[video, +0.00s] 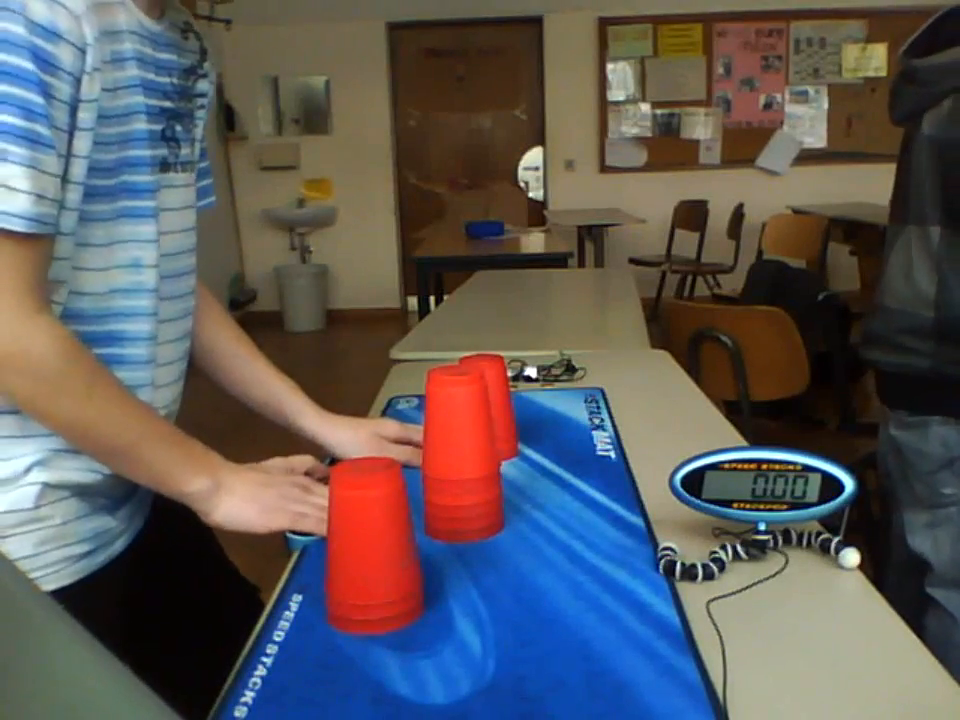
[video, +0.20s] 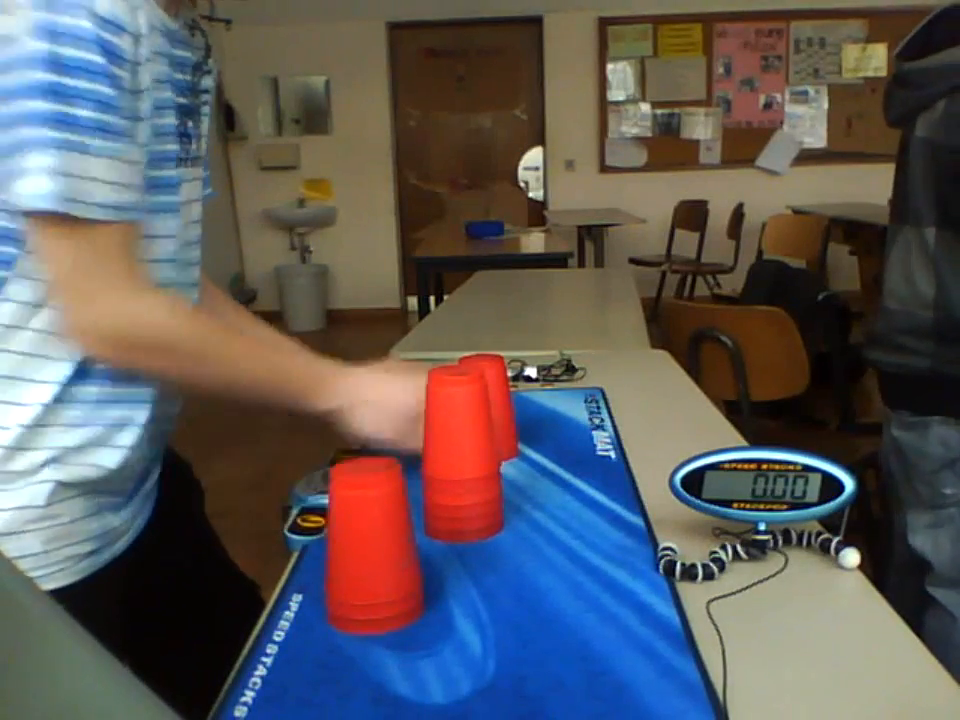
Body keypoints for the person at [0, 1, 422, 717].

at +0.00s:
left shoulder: (186, 49)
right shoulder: (38, 22)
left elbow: (172, 282)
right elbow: (10, 323)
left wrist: (319, 422)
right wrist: (211, 481)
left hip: (141, 511)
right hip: (39, 556)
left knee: (278, 685)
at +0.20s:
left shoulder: (178, 36)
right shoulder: (64, 18)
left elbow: (169, 279)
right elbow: (102, 312)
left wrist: (341, 388)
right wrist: (343, 394)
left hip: (137, 487)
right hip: (41, 539)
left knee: (265, 684)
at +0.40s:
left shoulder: (161, 29)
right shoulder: (108, 24)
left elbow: (196, 286)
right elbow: (195, 307)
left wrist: (374, 339)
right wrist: (413, 313)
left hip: (138, 482)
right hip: (55, 536)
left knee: (282, 679)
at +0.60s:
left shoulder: (198, 26)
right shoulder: (113, 25)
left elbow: (196, 235)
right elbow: (98, 310)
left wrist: (367, 306)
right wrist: (312, 411)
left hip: (159, 487)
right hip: (62, 536)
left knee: (273, 679)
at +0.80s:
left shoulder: (222, 29)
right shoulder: (87, 13)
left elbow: (199, 259)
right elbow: (9, 282)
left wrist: (376, 342)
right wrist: (213, 449)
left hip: (176, 505)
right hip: (54, 552)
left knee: (278, 696)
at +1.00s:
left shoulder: (215, 30)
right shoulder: (59, 14)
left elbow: (214, 277)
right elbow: (13, 298)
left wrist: (366, 409)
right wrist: (215, 462)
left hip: (169, 516)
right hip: (53, 561)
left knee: (286, 695)